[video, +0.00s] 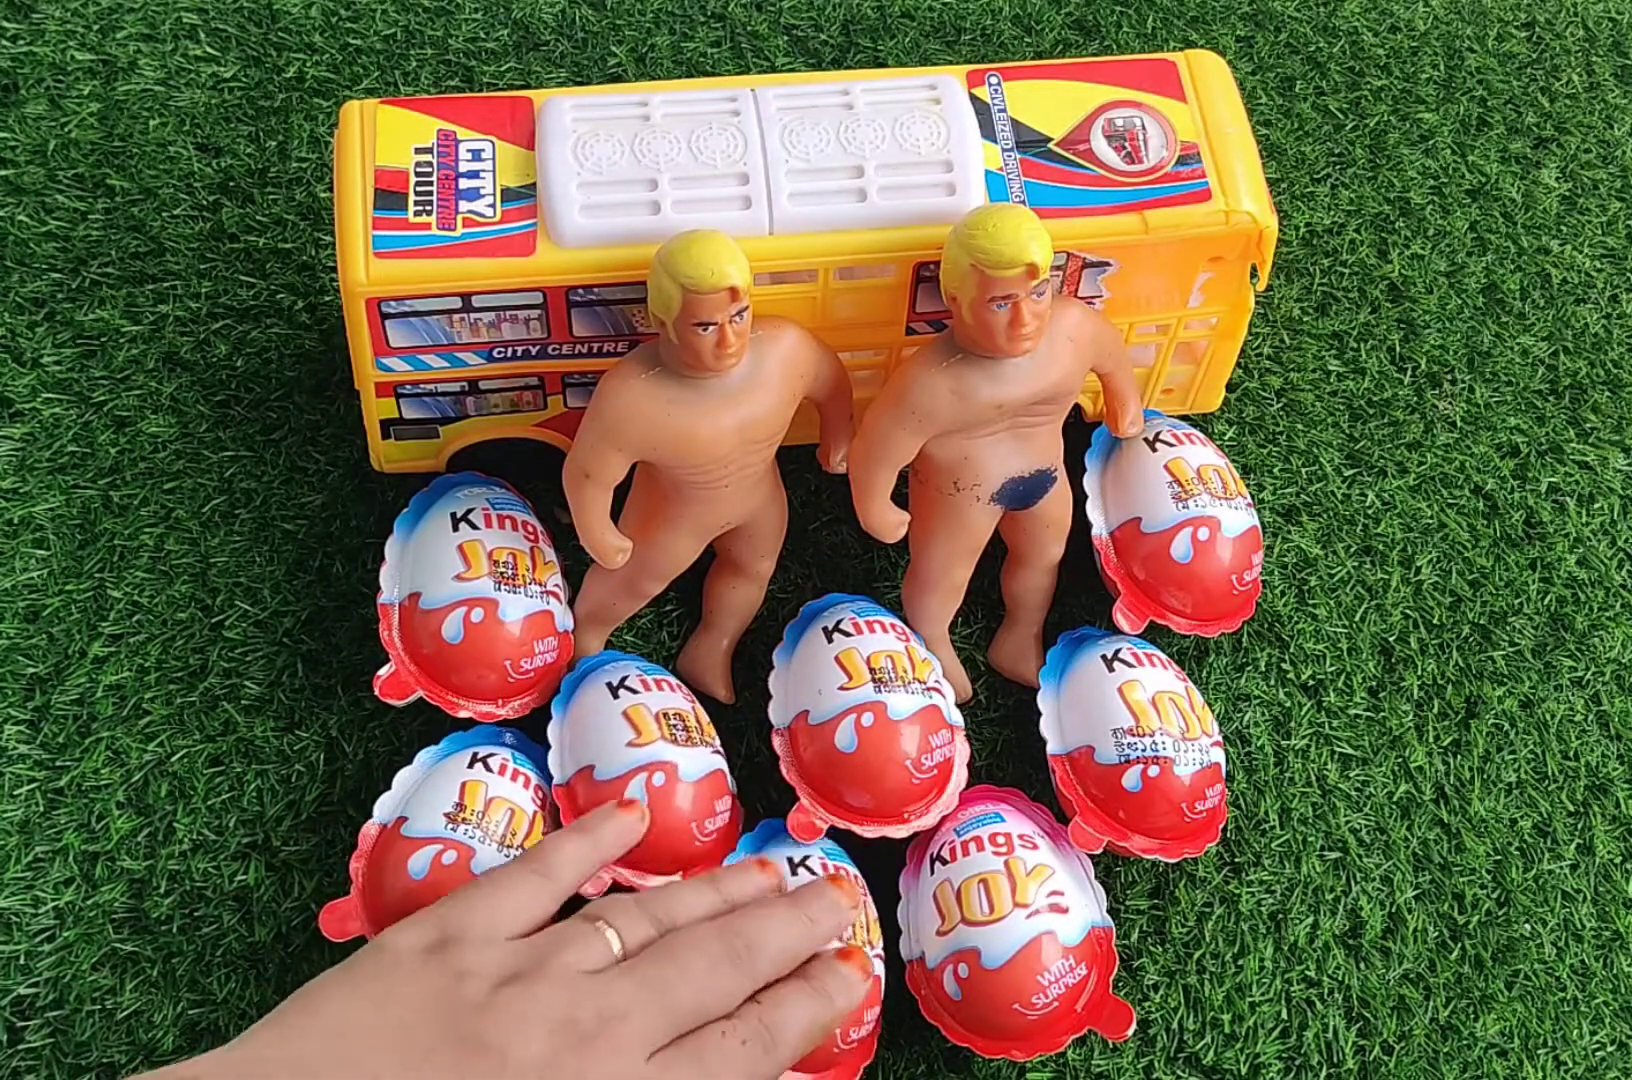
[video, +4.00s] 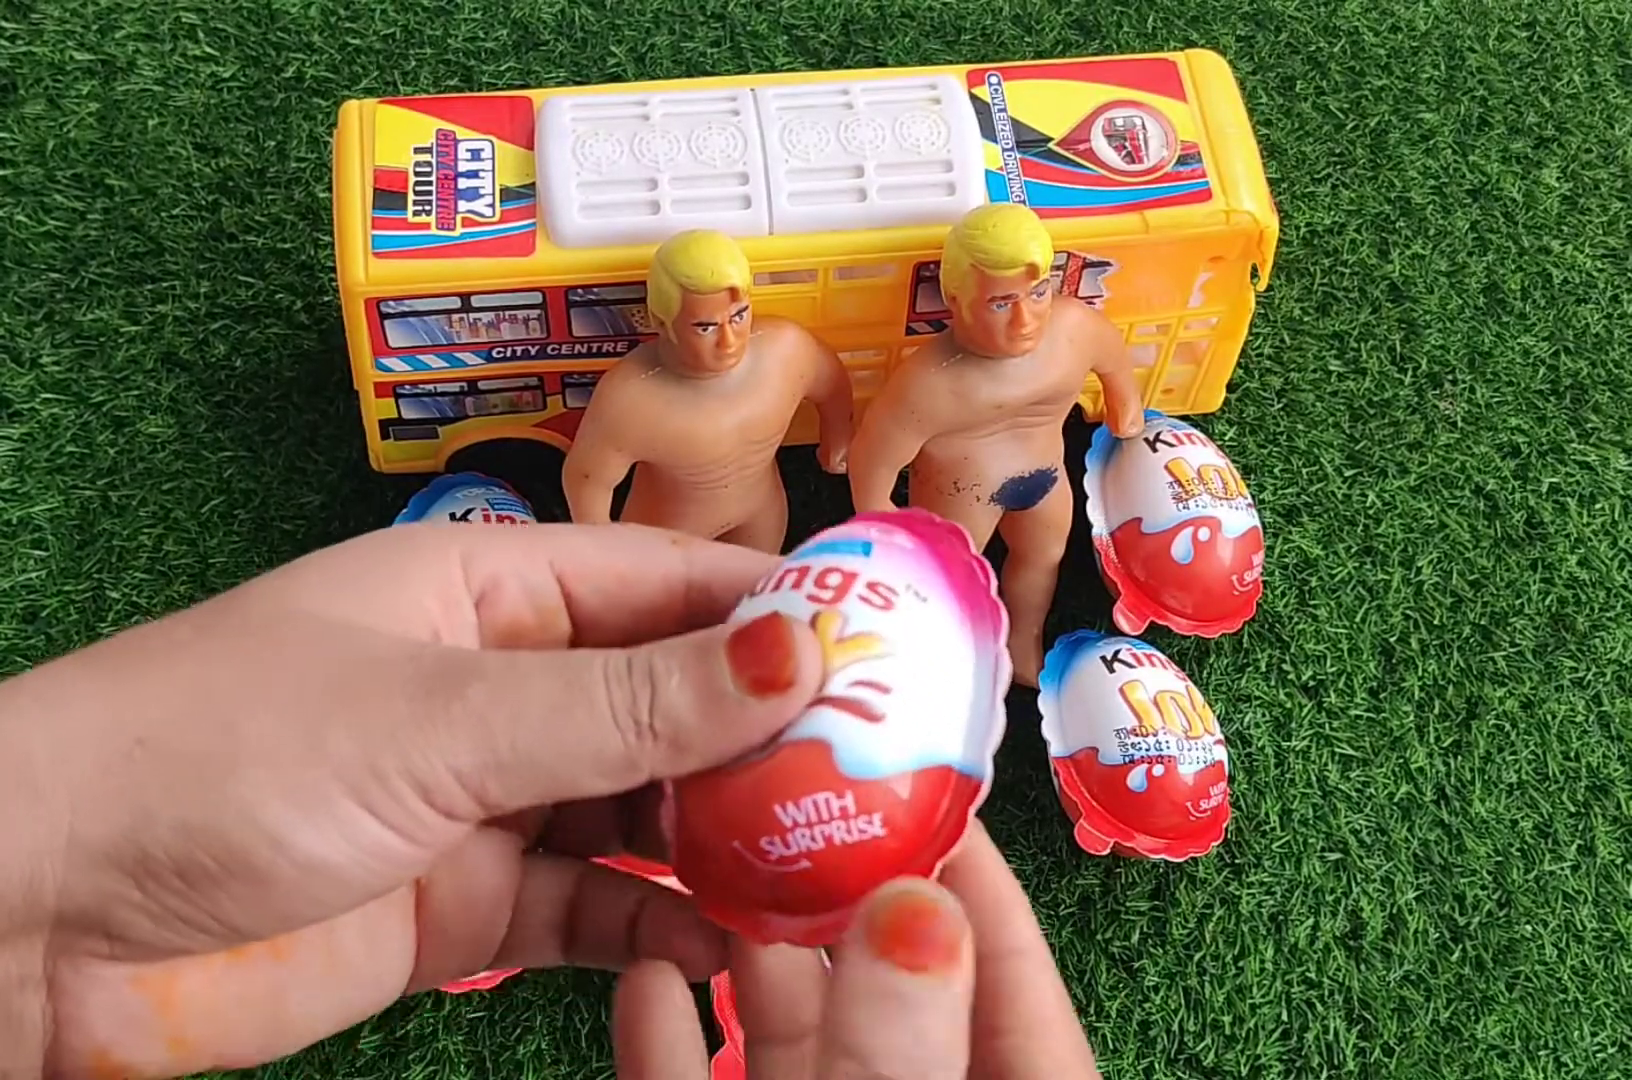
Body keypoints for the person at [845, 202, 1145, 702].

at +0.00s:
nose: (1023, 317)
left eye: (1036, 294)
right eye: (999, 302)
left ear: (1051, 284)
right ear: (953, 304)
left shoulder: (1078, 326)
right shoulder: (928, 383)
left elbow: (1113, 358)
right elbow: (873, 452)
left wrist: (1126, 403)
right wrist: (877, 514)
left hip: (1045, 478)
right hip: (959, 493)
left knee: (1041, 561)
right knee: (941, 579)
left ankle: (1020, 642)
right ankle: (933, 646)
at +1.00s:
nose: (1023, 316)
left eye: (1036, 294)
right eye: (999, 302)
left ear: (1051, 284)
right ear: (953, 303)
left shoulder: (1077, 326)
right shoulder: (927, 382)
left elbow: (1112, 357)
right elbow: (874, 453)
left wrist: (1126, 404)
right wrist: (877, 514)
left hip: (1045, 474)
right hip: (960, 488)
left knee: (1041, 559)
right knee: (942, 574)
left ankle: (1020, 642)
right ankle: (932, 644)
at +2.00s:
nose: (1023, 316)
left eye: (1036, 294)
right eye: (999, 302)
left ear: (1050, 284)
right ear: (953, 304)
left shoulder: (1079, 327)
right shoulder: (927, 382)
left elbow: (1113, 360)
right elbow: (874, 453)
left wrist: (1126, 408)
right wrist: (877, 514)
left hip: (1045, 475)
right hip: (959, 489)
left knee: (1041, 559)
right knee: (942, 575)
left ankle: (1021, 641)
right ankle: (930, 641)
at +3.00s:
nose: (1023, 317)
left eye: (1036, 294)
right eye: (1000, 302)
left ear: (1050, 284)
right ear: (953, 304)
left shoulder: (1079, 328)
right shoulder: (927, 382)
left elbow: (1114, 360)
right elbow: (873, 453)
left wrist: (1126, 410)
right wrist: (878, 515)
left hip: (1045, 477)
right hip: (959, 493)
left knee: (1041, 560)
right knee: (942, 578)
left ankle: (1021, 642)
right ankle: (933, 642)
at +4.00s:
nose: (1025, 318)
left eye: (1037, 294)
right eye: (1000, 303)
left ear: (1052, 284)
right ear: (952, 303)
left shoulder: (1079, 327)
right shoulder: (927, 382)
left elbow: (1116, 364)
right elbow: (870, 466)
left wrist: (1127, 412)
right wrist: (886, 548)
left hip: (1044, 477)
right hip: (959, 489)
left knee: (1040, 563)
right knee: (947, 571)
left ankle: (1023, 645)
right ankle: (936, 649)